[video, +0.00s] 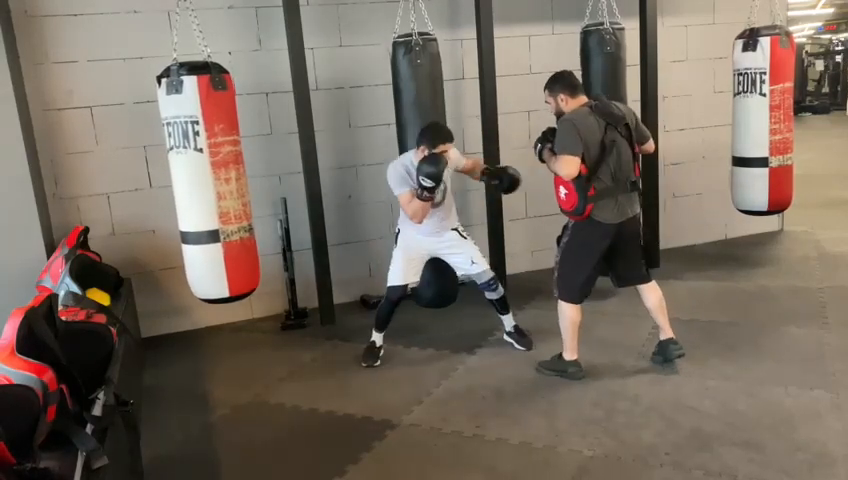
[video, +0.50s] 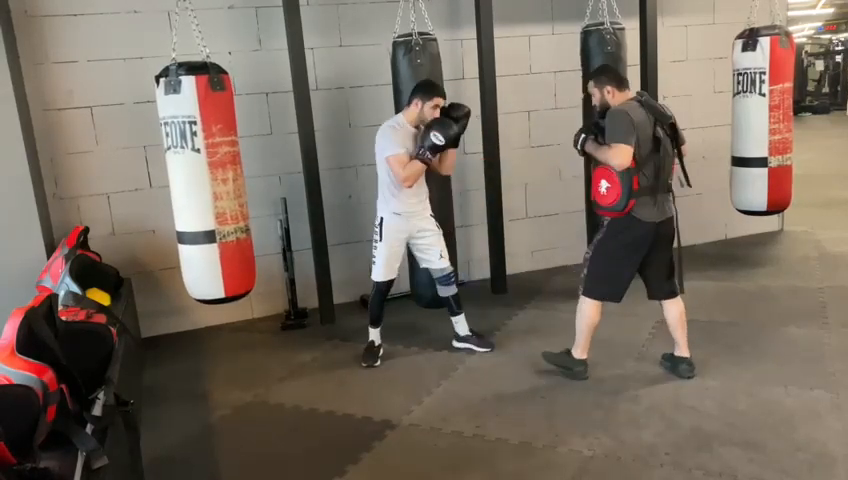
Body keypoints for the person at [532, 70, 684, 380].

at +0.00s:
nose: (550, 109)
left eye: (550, 102)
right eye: (549, 103)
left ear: (561, 97)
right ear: (578, 92)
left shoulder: (570, 123)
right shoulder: (616, 109)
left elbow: (568, 170)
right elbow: (648, 144)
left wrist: (547, 156)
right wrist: (613, 146)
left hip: (592, 222)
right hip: (628, 217)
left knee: (568, 288)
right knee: (641, 277)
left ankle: (569, 359)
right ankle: (668, 340)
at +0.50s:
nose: (594, 101)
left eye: (594, 95)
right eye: (591, 96)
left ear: (609, 90)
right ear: (624, 87)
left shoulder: (619, 115)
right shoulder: (653, 107)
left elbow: (620, 158)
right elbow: (679, 147)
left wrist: (587, 144)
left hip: (629, 222)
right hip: (661, 221)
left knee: (593, 286)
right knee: (666, 289)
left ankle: (578, 357)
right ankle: (683, 357)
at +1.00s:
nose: (576, 104)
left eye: (577, 97)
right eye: (575, 97)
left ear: (592, 94)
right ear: (605, 91)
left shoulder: (600, 119)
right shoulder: (636, 112)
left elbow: (601, 164)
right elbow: (661, 154)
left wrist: (572, 149)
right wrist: (621, 148)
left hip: (607, 225)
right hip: (642, 223)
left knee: (572, 290)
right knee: (655, 287)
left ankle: (573, 359)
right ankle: (680, 355)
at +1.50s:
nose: (550, 117)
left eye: (548, 111)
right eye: (547, 112)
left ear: (560, 104)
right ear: (576, 98)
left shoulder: (573, 126)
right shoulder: (616, 113)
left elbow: (576, 170)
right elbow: (646, 147)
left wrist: (549, 160)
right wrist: (611, 159)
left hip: (602, 223)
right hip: (636, 218)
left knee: (572, 289)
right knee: (650, 275)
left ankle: (573, 360)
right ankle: (684, 334)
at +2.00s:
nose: (607, 101)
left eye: (609, 93)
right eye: (606, 94)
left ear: (625, 89)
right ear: (634, 89)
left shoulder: (647, 111)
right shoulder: (662, 107)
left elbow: (660, 151)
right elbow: (660, 153)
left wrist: (612, 140)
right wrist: (615, 140)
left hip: (660, 214)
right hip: (682, 212)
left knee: (624, 286)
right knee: (685, 282)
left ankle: (624, 364)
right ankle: (700, 350)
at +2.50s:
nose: (605, 111)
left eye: (606, 103)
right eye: (603, 104)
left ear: (624, 101)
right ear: (632, 97)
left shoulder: (652, 124)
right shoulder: (662, 113)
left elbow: (658, 179)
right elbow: (667, 164)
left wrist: (610, 168)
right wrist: (625, 152)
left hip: (675, 222)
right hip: (697, 215)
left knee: (651, 296)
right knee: (697, 280)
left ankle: (653, 376)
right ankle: (724, 342)